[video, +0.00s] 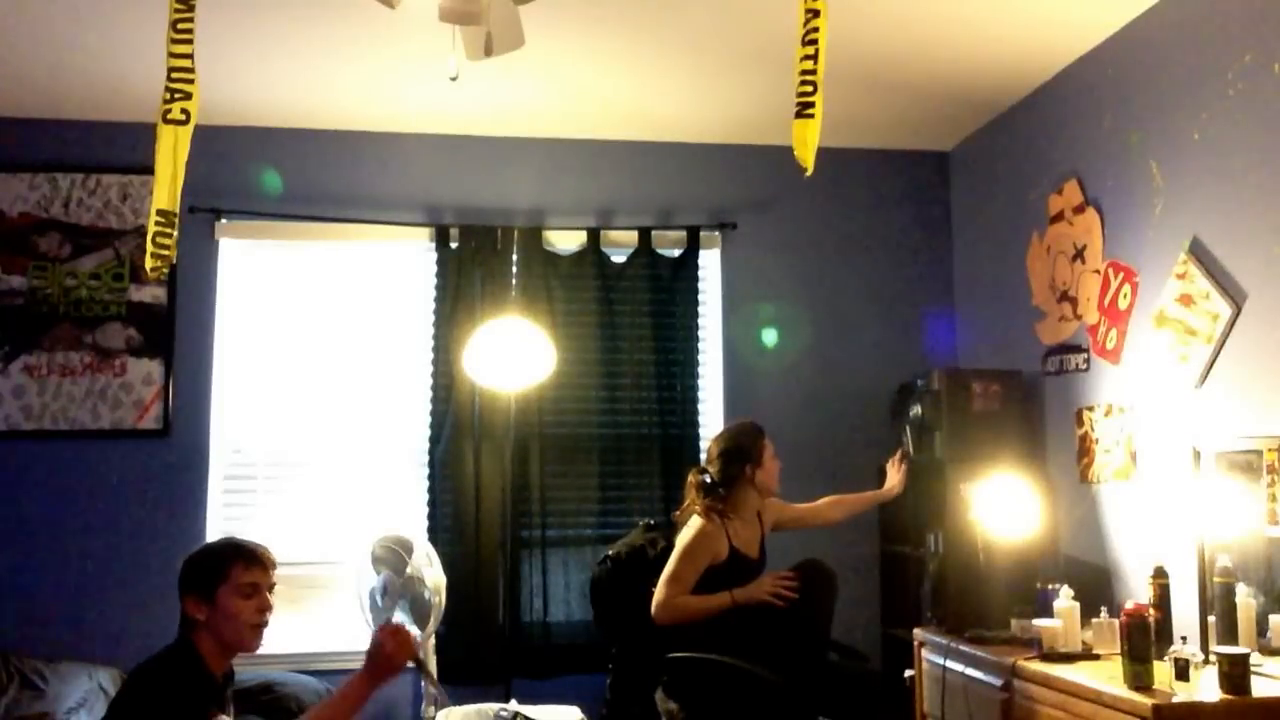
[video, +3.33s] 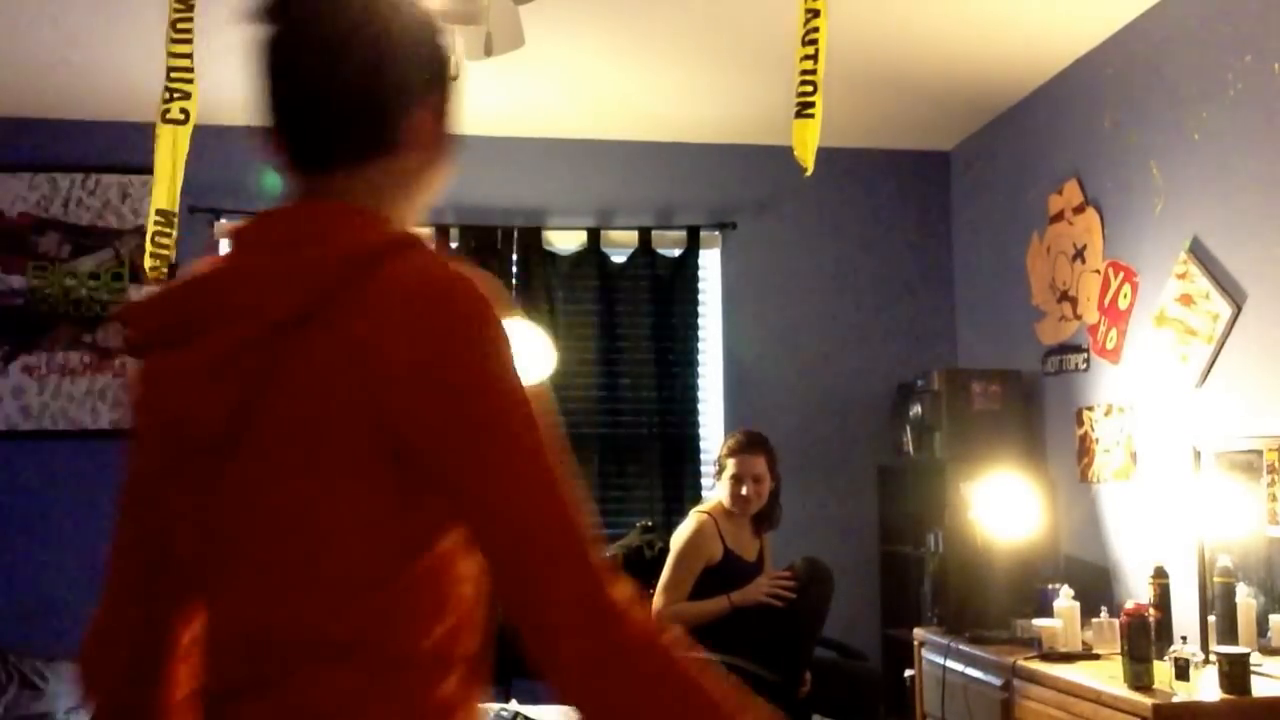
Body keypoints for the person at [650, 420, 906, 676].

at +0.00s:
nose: (779, 464)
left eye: (775, 456)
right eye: (772, 458)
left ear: (750, 473)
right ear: (750, 471)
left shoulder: (763, 511)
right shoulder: (705, 529)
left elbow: (824, 511)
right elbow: (663, 609)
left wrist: (886, 492)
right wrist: (743, 595)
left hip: (732, 639)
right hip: (693, 654)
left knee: (814, 575)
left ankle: (806, 687)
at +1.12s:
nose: (779, 464)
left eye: (774, 456)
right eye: (769, 458)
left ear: (738, 474)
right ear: (735, 474)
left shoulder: (758, 511)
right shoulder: (704, 528)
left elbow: (809, 537)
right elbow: (664, 610)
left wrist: (867, 502)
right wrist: (744, 595)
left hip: (731, 636)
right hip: (694, 651)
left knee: (816, 575)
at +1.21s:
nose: (770, 467)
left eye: (770, 458)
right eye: (757, 460)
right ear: (726, 473)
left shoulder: (756, 512)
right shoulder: (704, 526)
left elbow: (794, 558)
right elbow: (664, 610)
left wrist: (843, 524)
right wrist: (743, 595)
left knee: (817, 576)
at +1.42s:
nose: (749, 470)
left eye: (758, 462)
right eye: (738, 462)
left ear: (770, 472)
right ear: (716, 473)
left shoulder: (758, 516)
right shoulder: (702, 525)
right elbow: (660, 609)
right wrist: (741, 595)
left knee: (815, 575)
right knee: (812, 577)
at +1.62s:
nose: (747, 474)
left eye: (757, 466)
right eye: (736, 465)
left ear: (770, 477)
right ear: (717, 475)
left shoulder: (755, 529)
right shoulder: (700, 525)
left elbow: (766, 605)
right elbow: (659, 612)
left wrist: (795, 664)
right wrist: (738, 596)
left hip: (742, 648)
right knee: (811, 574)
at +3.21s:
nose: (745, 491)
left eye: (756, 480)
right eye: (735, 480)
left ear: (772, 484)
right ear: (719, 479)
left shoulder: (757, 528)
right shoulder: (700, 528)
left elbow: (768, 603)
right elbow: (662, 616)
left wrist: (797, 665)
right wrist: (740, 597)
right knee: (812, 576)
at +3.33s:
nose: (746, 491)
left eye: (757, 480)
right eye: (736, 480)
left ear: (772, 484)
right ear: (719, 479)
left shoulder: (757, 526)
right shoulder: (700, 528)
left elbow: (768, 601)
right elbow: (662, 614)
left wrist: (796, 665)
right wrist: (739, 597)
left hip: (748, 640)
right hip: (707, 648)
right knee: (812, 575)